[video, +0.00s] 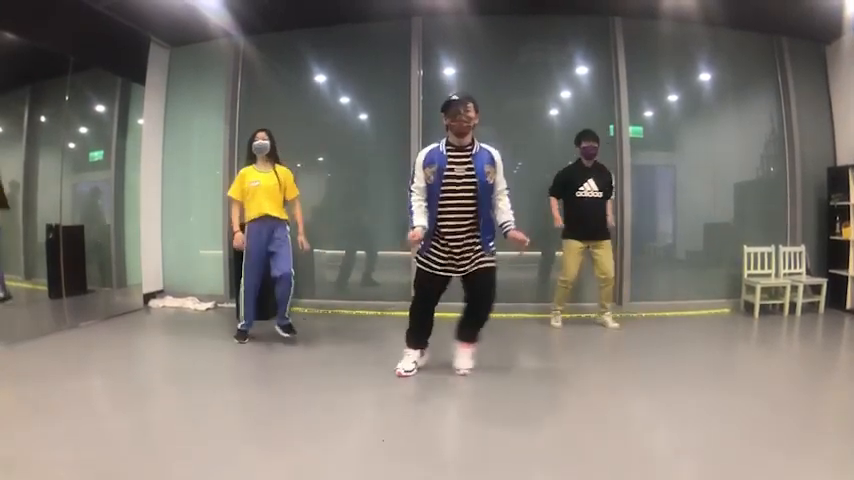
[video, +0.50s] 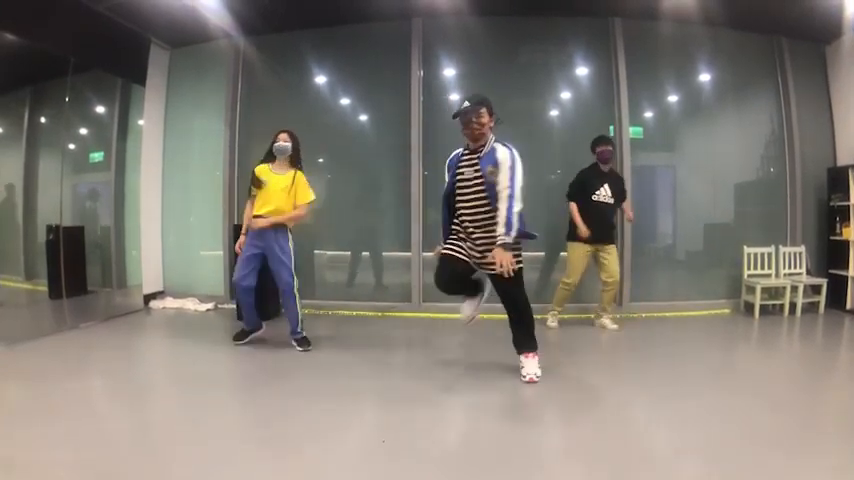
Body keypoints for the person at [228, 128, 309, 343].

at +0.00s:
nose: (261, 142)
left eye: (265, 139)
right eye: (257, 139)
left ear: (272, 145)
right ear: (251, 146)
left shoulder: (283, 172)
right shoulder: (245, 173)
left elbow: (295, 203)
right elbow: (236, 202)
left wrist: (301, 232)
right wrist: (237, 230)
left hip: (279, 225)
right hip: (254, 225)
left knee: (285, 273)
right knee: (251, 276)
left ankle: (283, 320)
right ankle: (245, 323)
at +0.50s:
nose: (281, 144)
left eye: (286, 141)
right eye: (278, 140)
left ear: (294, 148)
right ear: (272, 146)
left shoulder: (297, 176)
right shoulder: (260, 170)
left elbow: (302, 212)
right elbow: (251, 202)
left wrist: (269, 221)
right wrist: (243, 234)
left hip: (279, 234)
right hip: (254, 232)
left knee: (287, 283)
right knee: (241, 280)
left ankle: (297, 333)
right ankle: (252, 325)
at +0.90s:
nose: (247, 149)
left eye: (252, 145)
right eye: (245, 145)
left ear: (261, 150)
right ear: (241, 149)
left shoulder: (264, 174)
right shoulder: (238, 176)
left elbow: (281, 202)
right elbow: (236, 204)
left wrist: (252, 209)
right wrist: (225, 219)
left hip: (253, 232)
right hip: (233, 231)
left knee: (266, 286)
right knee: (220, 283)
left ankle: (293, 334)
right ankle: (223, 335)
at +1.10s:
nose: (231, 141)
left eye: (236, 138)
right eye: (227, 138)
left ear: (244, 144)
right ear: (222, 144)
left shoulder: (252, 169)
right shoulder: (215, 174)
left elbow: (262, 199)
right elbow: (211, 201)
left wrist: (256, 226)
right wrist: (211, 222)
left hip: (248, 224)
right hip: (224, 225)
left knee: (261, 279)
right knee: (221, 282)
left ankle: (274, 329)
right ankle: (220, 333)